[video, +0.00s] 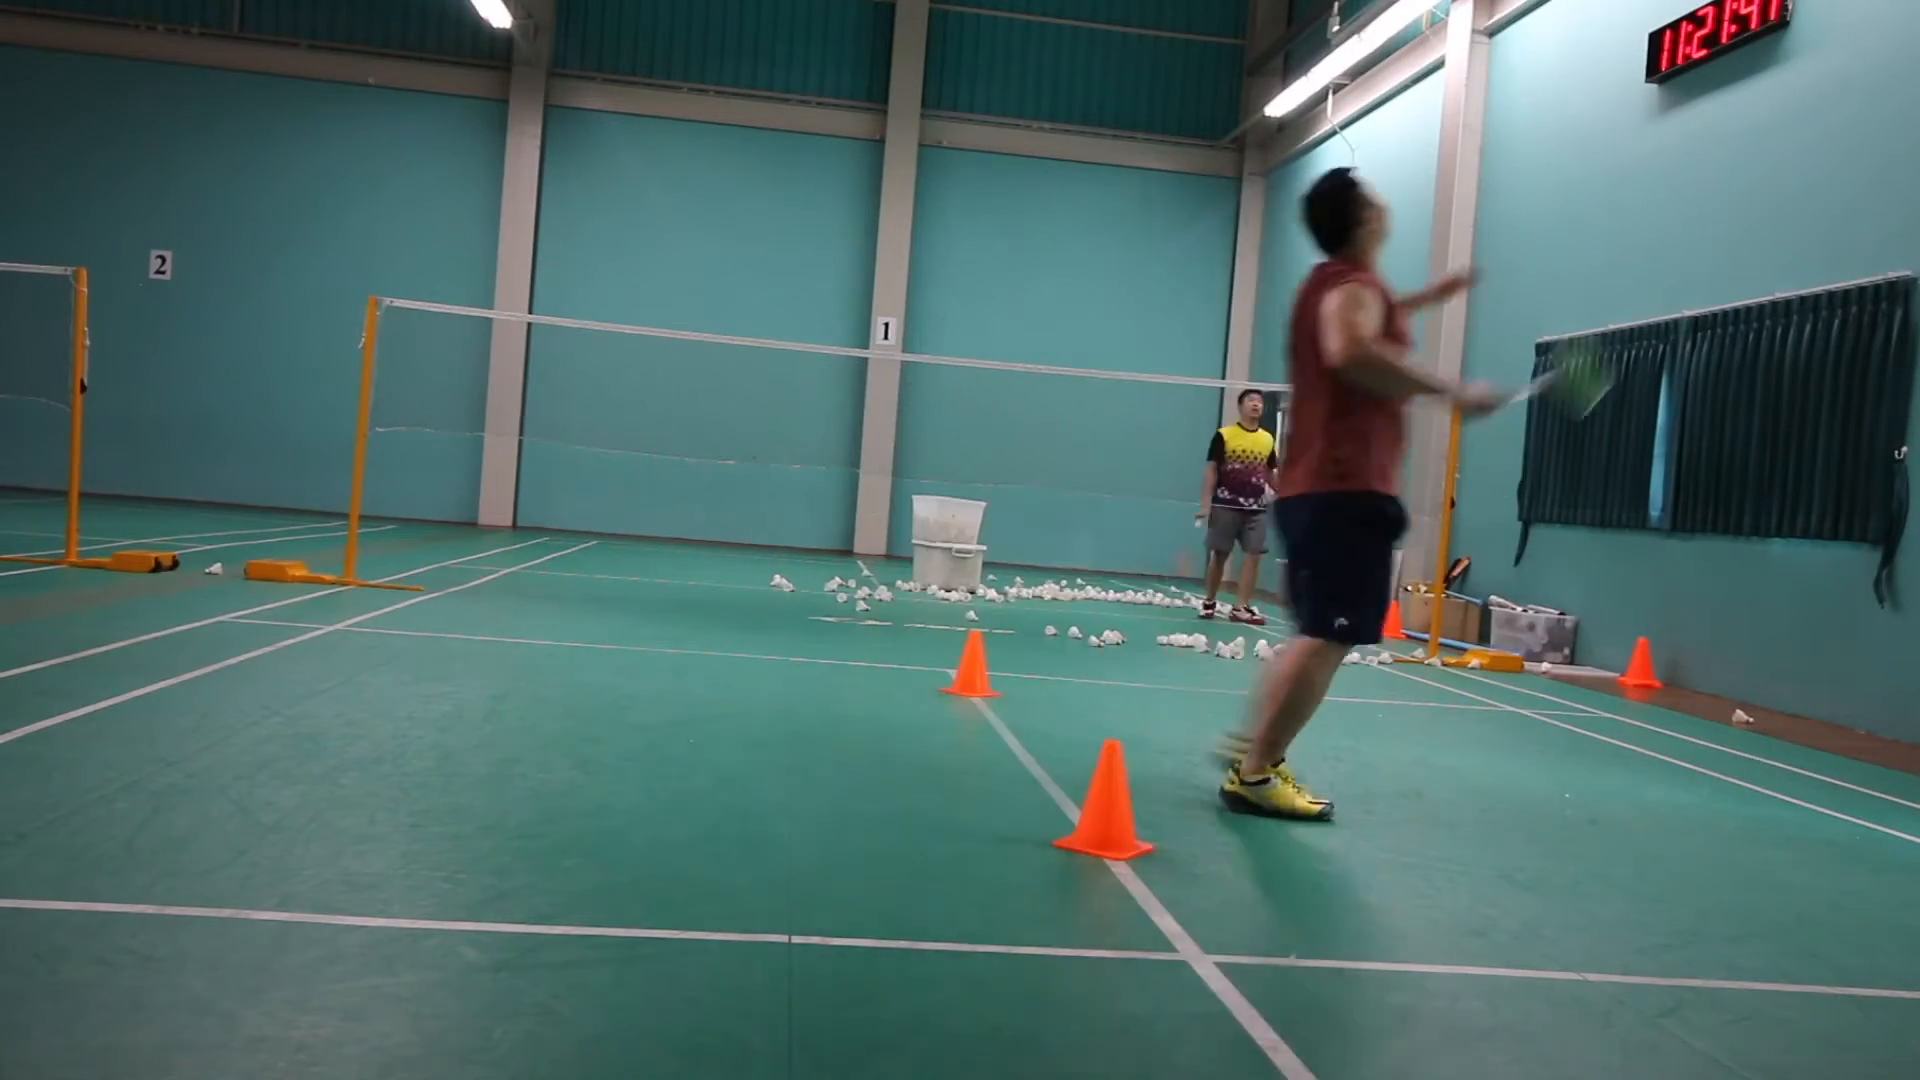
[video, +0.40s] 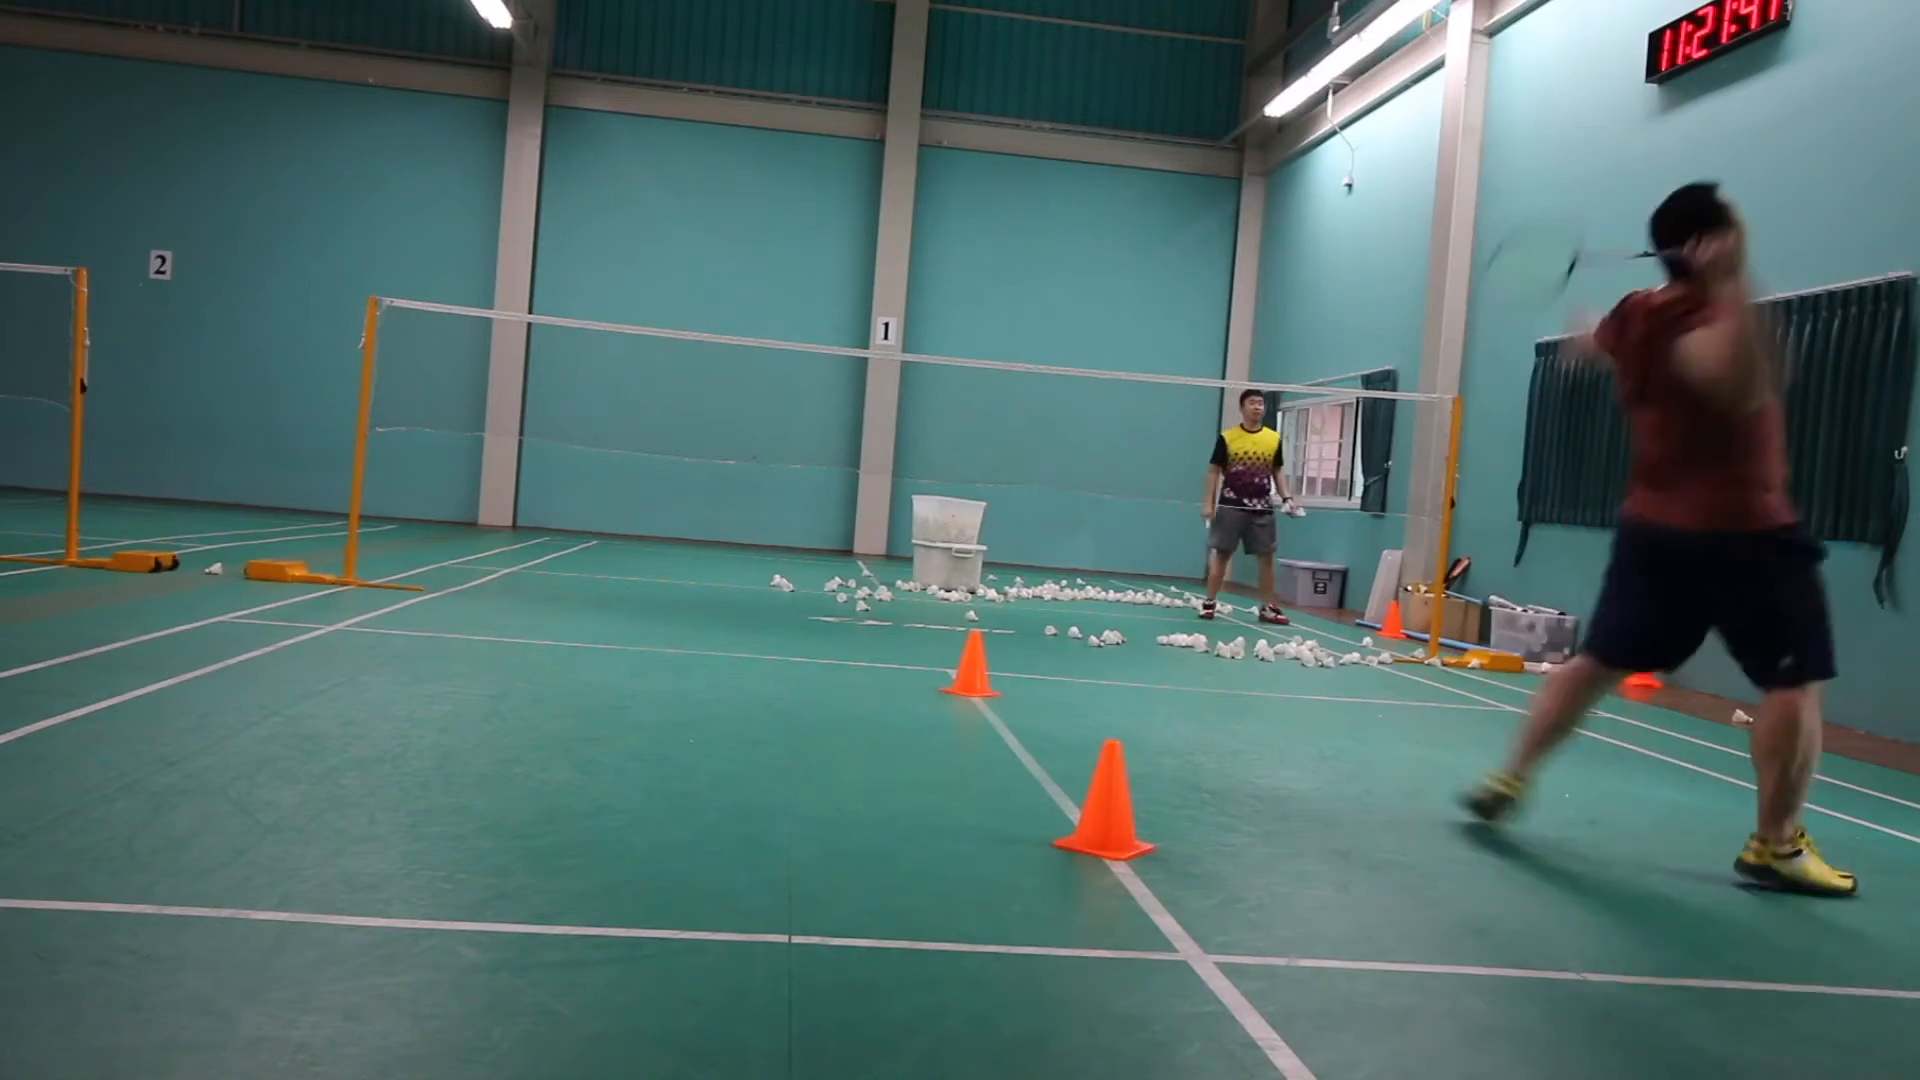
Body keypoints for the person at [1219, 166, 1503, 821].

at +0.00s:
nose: (1384, 211)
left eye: (1377, 202)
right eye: (1375, 203)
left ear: (1330, 228)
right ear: (1362, 219)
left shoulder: (1323, 285)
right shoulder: (1356, 288)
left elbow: (1378, 311)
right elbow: (1347, 350)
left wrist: (1436, 293)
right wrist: (1450, 389)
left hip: (1313, 489)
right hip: (1348, 494)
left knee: (1320, 629)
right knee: (1336, 633)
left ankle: (1254, 751)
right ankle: (1259, 773)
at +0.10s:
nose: (1483, 215)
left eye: (1478, 208)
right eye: (1474, 210)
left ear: (1424, 234)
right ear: (1458, 227)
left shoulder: (1417, 285)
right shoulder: (1436, 292)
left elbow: (1457, 243)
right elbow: (1438, 344)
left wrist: (1495, 207)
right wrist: (1548, 301)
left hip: (1405, 501)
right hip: (1432, 503)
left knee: (1439, 643)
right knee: (1466, 645)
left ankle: (1397, 781)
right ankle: (1334, 728)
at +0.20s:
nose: (1563, 228)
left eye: (1558, 220)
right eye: (1552, 221)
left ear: (1503, 243)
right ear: (1532, 241)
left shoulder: (1500, 285)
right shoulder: (1511, 302)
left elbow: (1507, 221)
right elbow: (1489, 362)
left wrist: (1548, 163)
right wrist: (1567, 281)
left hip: (1471, 517)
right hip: (1514, 518)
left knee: (1490, 658)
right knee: (1613, 629)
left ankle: (1399, 773)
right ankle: (1544, 779)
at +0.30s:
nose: (1675, 257)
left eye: (1670, 246)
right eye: (1667, 247)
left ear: (1606, 255)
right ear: (1635, 256)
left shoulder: (1608, 309)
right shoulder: (1613, 327)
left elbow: (1596, 247)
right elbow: (1587, 406)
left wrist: (1609, 189)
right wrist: (1635, 307)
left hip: (1587, 545)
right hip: (1650, 549)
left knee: (1560, 676)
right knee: (1730, 685)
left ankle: (1429, 757)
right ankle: (1769, 845)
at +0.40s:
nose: (1739, 243)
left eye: (1733, 232)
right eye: (1731, 233)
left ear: (1669, 251)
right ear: (1709, 245)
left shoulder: (1635, 314)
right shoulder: (1706, 316)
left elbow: (1586, 347)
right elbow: (1733, 380)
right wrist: (1730, 279)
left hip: (1656, 533)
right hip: (1747, 539)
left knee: (1596, 660)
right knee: (1792, 680)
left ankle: (1508, 780)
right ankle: (1777, 843)